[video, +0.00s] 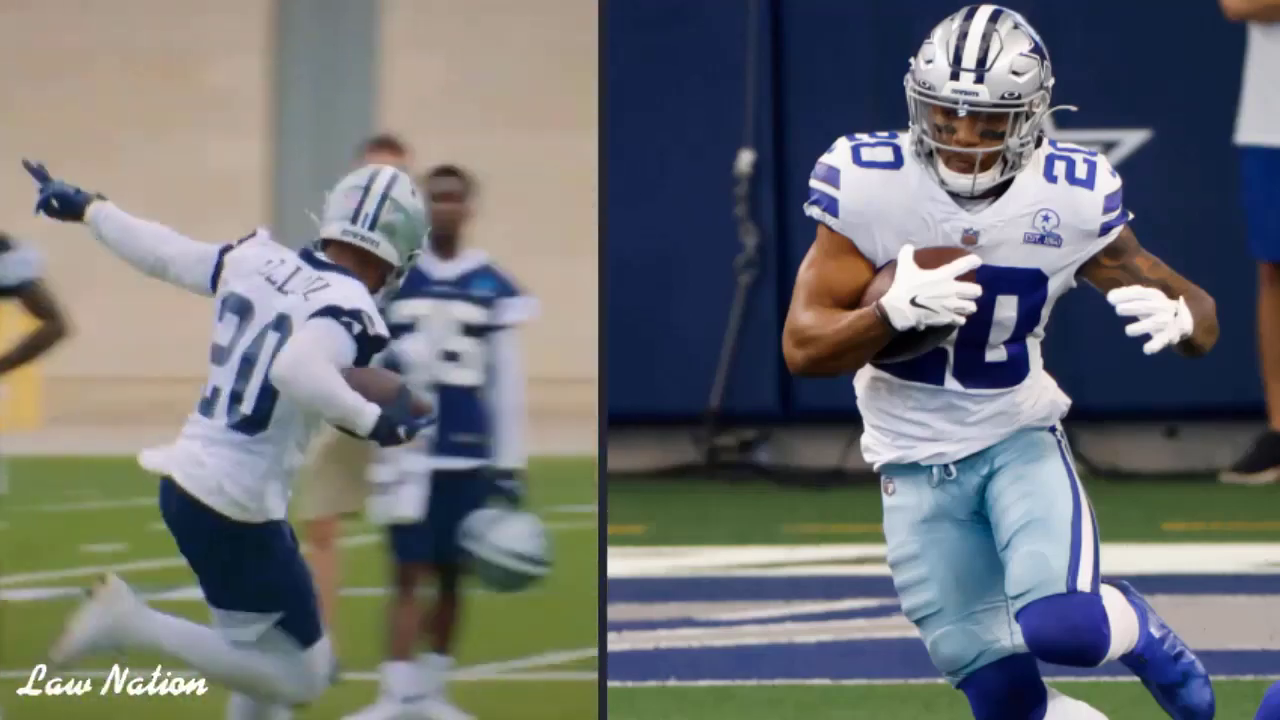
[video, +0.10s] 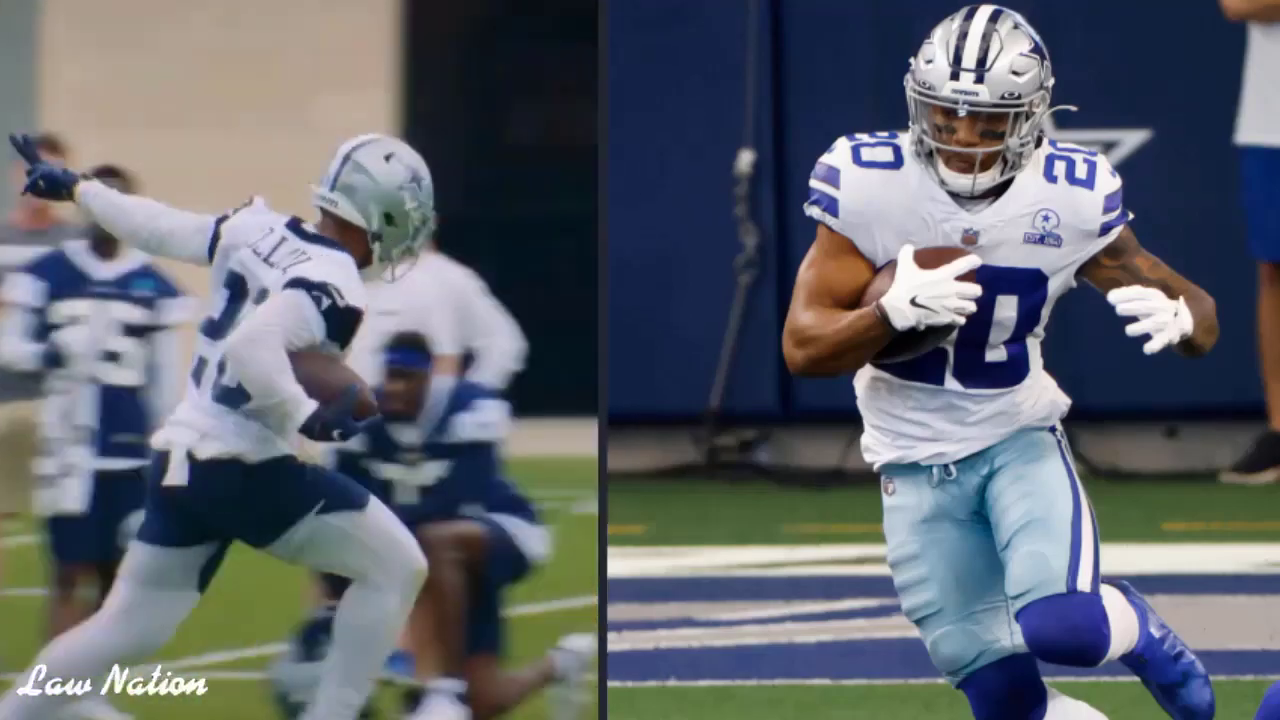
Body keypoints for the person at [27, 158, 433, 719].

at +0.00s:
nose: (396, 275)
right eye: (401, 261)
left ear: (330, 220)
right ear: (396, 254)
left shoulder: (253, 257)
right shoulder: (351, 304)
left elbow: (165, 252)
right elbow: (299, 368)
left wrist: (88, 207)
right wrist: (378, 424)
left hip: (186, 485)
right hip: (237, 509)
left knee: (258, 655)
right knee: (307, 674)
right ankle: (132, 622)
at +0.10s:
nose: (410, 235)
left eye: (412, 221)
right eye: (408, 220)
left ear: (331, 192)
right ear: (384, 217)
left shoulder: (252, 225)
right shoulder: (334, 281)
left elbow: (154, 226)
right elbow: (252, 346)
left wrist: (75, 185)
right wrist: (308, 418)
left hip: (183, 464)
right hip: (253, 472)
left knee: (131, 625)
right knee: (397, 566)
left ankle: (16, 707)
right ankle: (333, 711)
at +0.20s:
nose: (417, 225)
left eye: (420, 210)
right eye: (412, 209)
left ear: (331, 184)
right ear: (378, 205)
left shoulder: (253, 216)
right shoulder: (337, 292)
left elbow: (151, 231)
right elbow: (282, 401)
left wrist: (52, 196)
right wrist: (358, 449)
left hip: (189, 451)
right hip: (258, 470)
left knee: (140, 621)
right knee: (366, 608)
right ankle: (422, 715)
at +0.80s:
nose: (400, 162)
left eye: (396, 149)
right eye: (393, 151)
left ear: (306, 153)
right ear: (372, 160)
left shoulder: (255, 224)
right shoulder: (392, 250)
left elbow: (191, 317)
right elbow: (485, 331)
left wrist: (206, 344)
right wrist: (495, 256)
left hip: (246, 440)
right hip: (330, 452)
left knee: (192, 600)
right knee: (414, 608)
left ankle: (36, 570)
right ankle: (457, 717)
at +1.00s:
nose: (424, 150)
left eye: (419, 140)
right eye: (419, 140)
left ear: (339, 139)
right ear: (412, 147)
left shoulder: (293, 217)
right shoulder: (445, 230)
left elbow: (217, 293)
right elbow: (498, 321)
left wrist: (200, 356)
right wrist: (446, 290)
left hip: (314, 429)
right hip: (356, 443)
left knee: (413, 582)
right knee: (291, 606)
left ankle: (278, 695)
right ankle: (177, 711)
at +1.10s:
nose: (435, 145)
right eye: (431, 136)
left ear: (354, 135)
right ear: (425, 143)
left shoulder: (311, 219)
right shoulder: (458, 228)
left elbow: (258, 304)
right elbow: (497, 349)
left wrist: (254, 358)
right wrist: (473, 322)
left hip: (350, 430)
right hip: (372, 437)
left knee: (428, 597)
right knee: (291, 595)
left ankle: (450, 716)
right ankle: (117, 575)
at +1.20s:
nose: (445, 179)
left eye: (442, 168)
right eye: (439, 169)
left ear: (357, 175)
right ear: (423, 178)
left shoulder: (313, 260)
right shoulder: (454, 263)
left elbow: (254, 350)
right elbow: (478, 381)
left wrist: (300, 346)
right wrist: (522, 407)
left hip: (334, 457)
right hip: (387, 466)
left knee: (424, 615)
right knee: (363, 641)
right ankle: (226, 549)